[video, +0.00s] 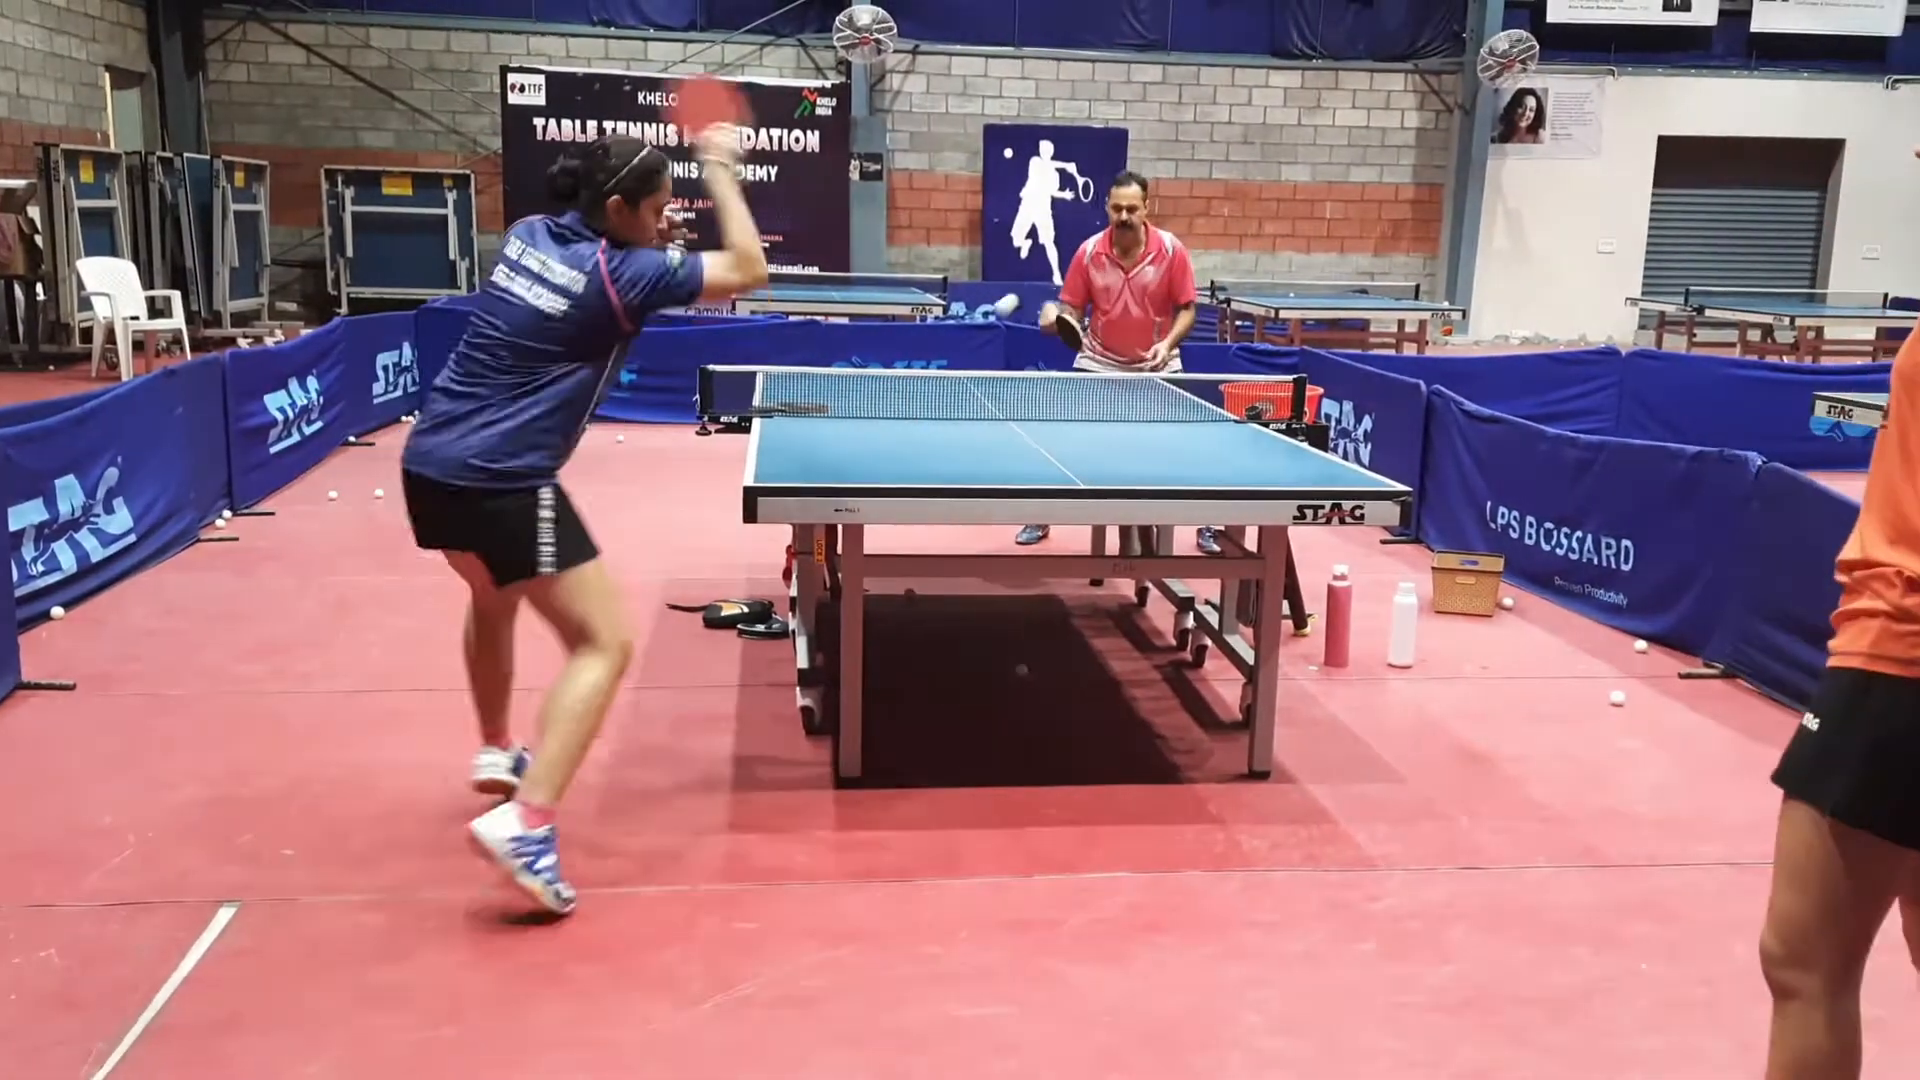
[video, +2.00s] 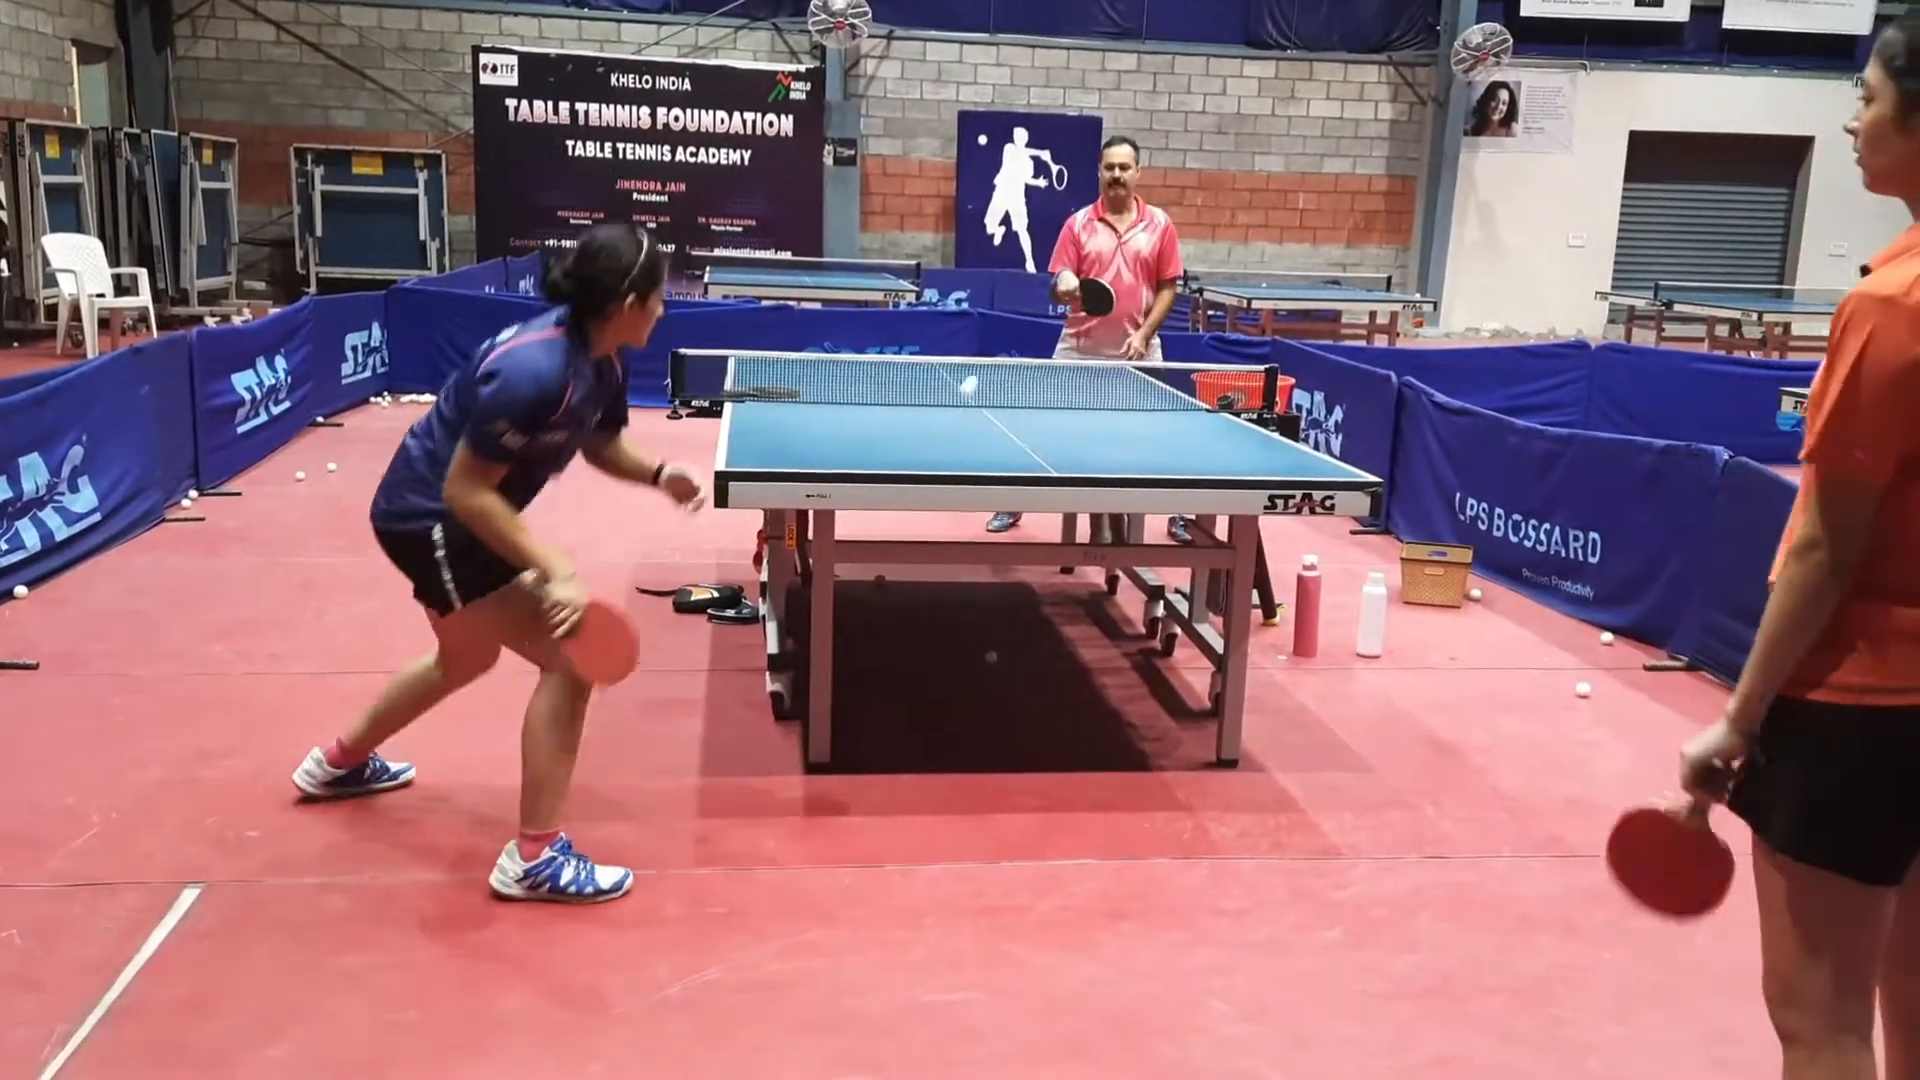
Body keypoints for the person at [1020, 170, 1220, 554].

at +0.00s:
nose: (1124, 217)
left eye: (1132, 210)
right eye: (1117, 209)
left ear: (1146, 209)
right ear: (1107, 209)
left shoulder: (1171, 251)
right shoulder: (1090, 251)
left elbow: (1187, 310)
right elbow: (1072, 309)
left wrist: (1167, 344)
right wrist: (1055, 316)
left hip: (1158, 365)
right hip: (1098, 362)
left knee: (1190, 435)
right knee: (1061, 429)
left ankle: (1209, 522)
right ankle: (1039, 516)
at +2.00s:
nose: (1116, 174)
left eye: (1124, 167)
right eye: (1109, 167)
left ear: (1138, 173)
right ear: (1100, 171)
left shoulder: (1159, 225)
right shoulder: (1078, 223)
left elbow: (1168, 287)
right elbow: (1059, 284)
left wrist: (1144, 332)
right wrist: (1067, 286)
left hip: (1138, 347)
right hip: (1079, 344)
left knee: (1157, 430)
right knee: (1042, 418)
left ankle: (1181, 510)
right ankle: (1013, 502)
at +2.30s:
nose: (1106, 188)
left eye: (1114, 180)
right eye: (1099, 180)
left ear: (1129, 183)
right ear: (1090, 183)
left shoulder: (1151, 231)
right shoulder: (1069, 230)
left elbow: (1163, 293)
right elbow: (1051, 284)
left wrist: (1144, 333)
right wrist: (1054, 295)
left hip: (1131, 352)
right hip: (1070, 348)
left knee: (1163, 426)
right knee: (1030, 415)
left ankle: (1179, 510)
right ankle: (1010, 502)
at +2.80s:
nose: (1109, 191)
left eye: (1117, 183)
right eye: (1103, 183)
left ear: (1133, 185)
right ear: (1094, 183)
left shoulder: (1155, 231)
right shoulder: (1073, 229)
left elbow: (1168, 291)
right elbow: (1057, 289)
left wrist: (1140, 328)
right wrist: (1041, 289)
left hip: (1132, 350)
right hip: (1071, 345)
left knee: (1156, 426)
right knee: (1034, 415)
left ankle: (1173, 508)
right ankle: (1009, 497)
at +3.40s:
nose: (1074, 189)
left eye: (1081, 181)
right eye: (1065, 182)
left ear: (1089, 178)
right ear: (1048, 179)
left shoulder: (1110, 217)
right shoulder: (1026, 226)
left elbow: (1135, 276)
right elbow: (1007, 285)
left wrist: (1135, 304)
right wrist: (1009, 300)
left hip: (1103, 339)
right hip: (1042, 340)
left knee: (1120, 424)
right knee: (1018, 412)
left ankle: (1130, 512)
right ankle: (998, 509)